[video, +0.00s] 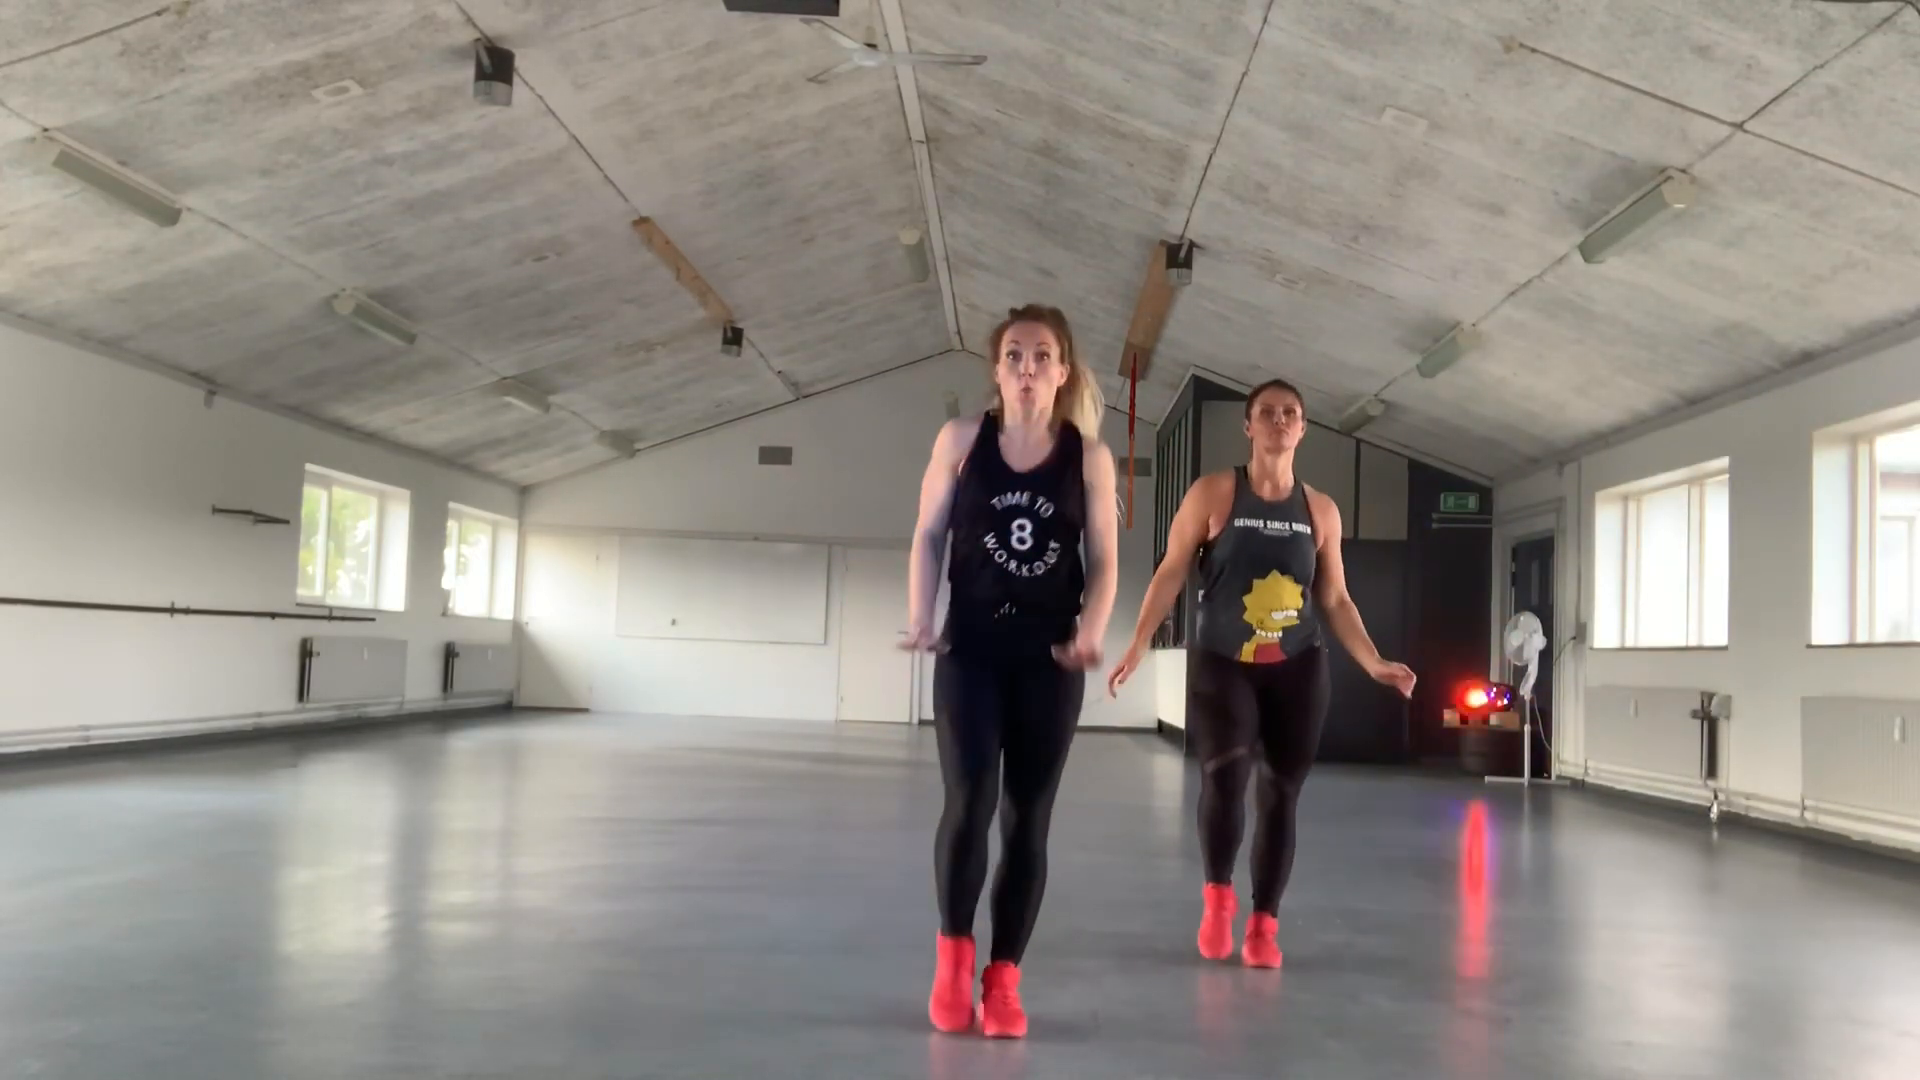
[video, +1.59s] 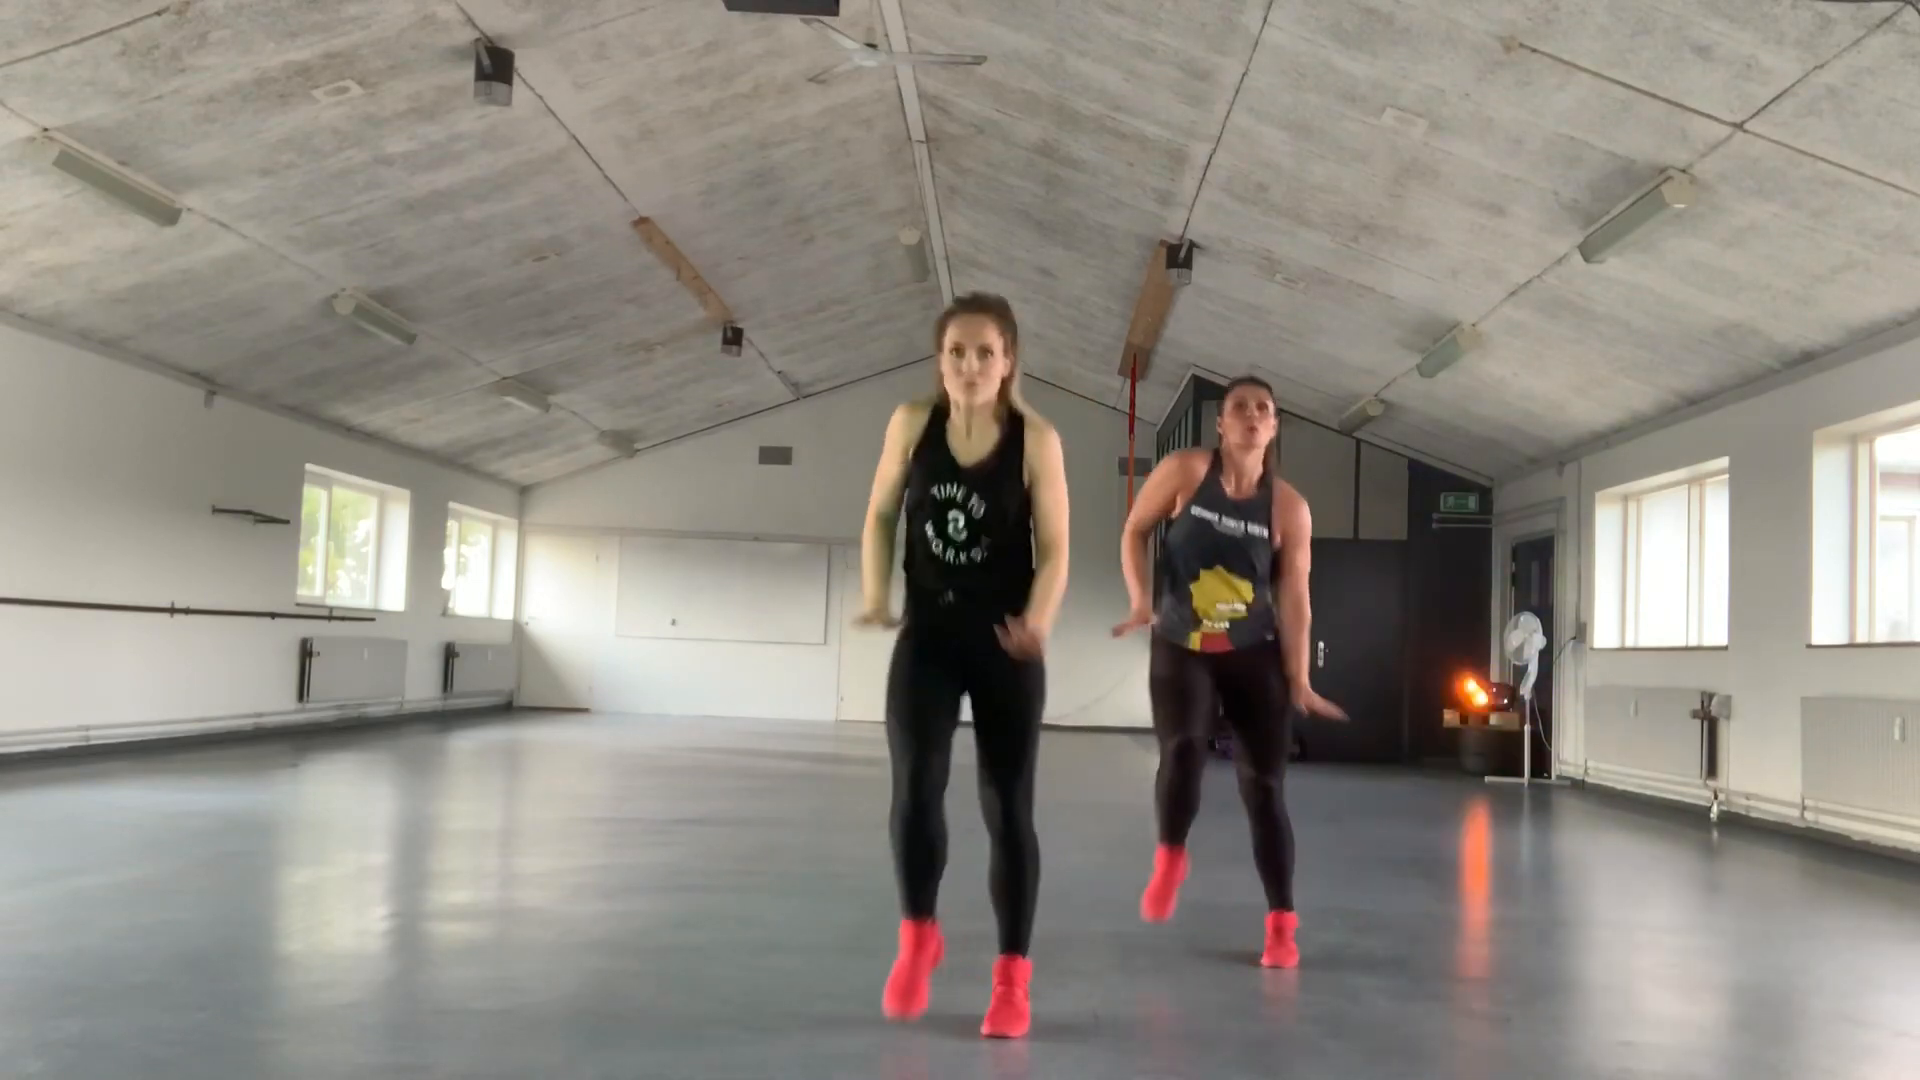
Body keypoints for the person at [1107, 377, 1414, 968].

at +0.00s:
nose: (1280, 422)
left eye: (1290, 414)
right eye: (1269, 413)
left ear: (1304, 429)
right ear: (1249, 427)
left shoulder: (1321, 511)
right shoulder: (1211, 493)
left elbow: (1336, 598)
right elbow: (1170, 572)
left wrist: (1374, 663)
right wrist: (1138, 645)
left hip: (1296, 668)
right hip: (1221, 663)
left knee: (1280, 789)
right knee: (1227, 768)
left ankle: (1265, 922)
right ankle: (1218, 897)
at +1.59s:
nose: (1253, 417)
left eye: (1262, 409)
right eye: (1242, 408)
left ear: (1275, 426)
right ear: (1220, 421)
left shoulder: (1289, 508)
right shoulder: (1182, 471)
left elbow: (1295, 599)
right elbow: (1136, 529)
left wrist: (1301, 681)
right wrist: (1140, 602)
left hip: (1253, 653)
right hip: (1180, 648)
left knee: (1263, 786)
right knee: (1181, 749)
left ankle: (1282, 919)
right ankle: (1170, 855)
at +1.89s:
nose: (1183, 430)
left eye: (1194, 422)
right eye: (1173, 420)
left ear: (1209, 439)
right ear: (1154, 433)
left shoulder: (1224, 522)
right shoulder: (1123, 480)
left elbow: (1240, 612)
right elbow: (1084, 552)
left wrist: (1255, 699)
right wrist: (1077, 625)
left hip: (1199, 667)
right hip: (1130, 660)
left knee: (1182, 795)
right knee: (1114, 724)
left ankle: (1176, 916)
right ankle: (1108, 836)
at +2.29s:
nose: (1092, 417)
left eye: (1104, 409)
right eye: (1082, 408)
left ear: (1119, 422)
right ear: (1064, 420)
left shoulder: (1139, 501)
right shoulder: (1033, 470)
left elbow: (1151, 591)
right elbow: (1006, 550)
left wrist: (1158, 675)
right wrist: (998, 625)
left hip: (1110, 659)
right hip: (1039, 653)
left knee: (1089, 788)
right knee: (1011, 742)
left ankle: (1083, 912)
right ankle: (1021, 872)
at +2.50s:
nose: (1048, 396)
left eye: (1059, 389)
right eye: (1038, 387)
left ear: (1074, 405)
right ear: (1019, 399)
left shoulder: (1093, 484)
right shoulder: (984, 465)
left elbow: (1105, 575)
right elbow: (951, 549)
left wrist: (1090, 639)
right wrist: (930, 619)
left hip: (1060, 646)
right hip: (983, 641)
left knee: (1064, 781)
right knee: (956, 762)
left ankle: (1076, 909)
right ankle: (951, 889)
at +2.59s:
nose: (1016, 396)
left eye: (1028, 388)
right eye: (1006, 387)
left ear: (1044, 403)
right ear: (989, 400)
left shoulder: (1068, 478)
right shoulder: (955, 470)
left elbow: (1100, 560)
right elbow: (916, 552)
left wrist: (1085, 632)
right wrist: (853, 593)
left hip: (1026, 647)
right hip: (951, 642)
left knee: (1041, 772)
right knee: (955, 775)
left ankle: (1035, 897)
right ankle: (946, 906)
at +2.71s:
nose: (981, 400)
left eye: (992, 392)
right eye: (971, 390)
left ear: (1008, 406)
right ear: (954, 402)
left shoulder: (1033, 480)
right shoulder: (923, 476)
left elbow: (1076, 560)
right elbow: (873, 540)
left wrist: (1110, 630)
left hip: (994, 649)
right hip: (925, 642)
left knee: (968, 779)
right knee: (894, 762)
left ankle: (979, 903)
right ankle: (925, 895)